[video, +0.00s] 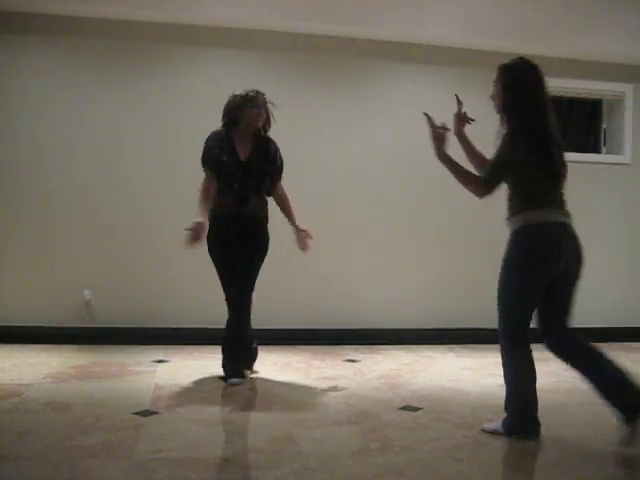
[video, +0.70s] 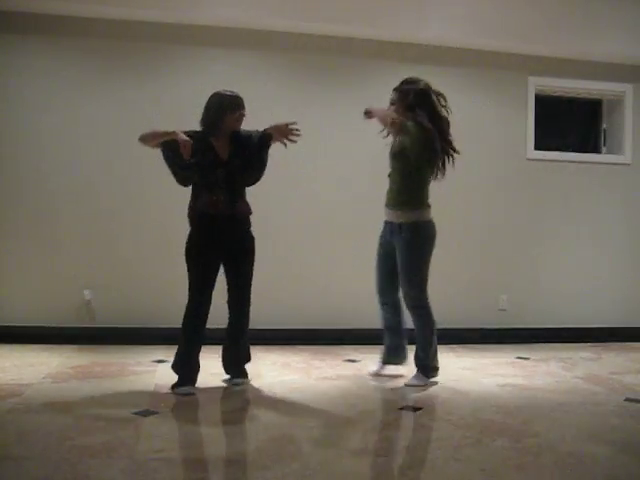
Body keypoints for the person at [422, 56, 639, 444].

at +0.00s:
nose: (492, 93)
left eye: (496, 86)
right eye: (494, 85)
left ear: (510, 93)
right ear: (533, 92)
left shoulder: (518, 135)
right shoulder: (545, 132)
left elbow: (483, 186)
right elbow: (494, 171)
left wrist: (442, 153)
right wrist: (463, 137)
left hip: (530, 242)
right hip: (564, 241)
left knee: (512, 332)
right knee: (556, 333)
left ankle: (521, 421)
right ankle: (631, 402)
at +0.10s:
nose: (475, 89)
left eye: (479, 82)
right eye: (477, 82)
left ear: (492, 88)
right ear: (516, 87)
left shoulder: (498, 127)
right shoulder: (526, 125)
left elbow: (459, 175)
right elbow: (476, 164)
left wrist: (419, 147)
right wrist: (448, 135)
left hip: (511, 237)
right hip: (536, 233)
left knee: (514, 326)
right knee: (507, 317)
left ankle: (523, 420)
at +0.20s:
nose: (460, 99)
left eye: (464, 93)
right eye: (463, 92)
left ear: (472, 100)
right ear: (501, 100)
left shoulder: (475, 135)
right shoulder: (505, 135)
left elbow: (444, 186)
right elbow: (463, 179)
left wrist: (411, 161)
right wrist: (438, 152)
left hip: (490, 243)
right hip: (513, 239)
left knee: (506, 333)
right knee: (466, 309)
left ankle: (526, 420)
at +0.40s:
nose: (418, 119)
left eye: (423, 114)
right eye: (420, 112)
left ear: (437, 120)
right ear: (445, 119)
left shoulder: (438, 151)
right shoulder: (452, 150)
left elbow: (432, 196)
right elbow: (455, 197)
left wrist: (393, 172)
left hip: (449, 249)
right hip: (456, 246)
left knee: (474, 325)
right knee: (414, 307)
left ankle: (517, 400)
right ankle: (418, 388)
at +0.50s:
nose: (403, 104)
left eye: (409, 100)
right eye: (406, 99)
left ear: (422, 106)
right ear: (427, 108)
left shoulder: (424, 135)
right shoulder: (433, 141)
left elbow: (427, 172)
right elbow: (462, 188)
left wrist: (399, 136)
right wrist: (434, 205)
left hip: (435, 235)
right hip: (430, 234)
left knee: (450, 310)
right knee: (413, 303)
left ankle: (472, 386)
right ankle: (422, 380)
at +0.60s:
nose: (395, 99)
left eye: (401, 94)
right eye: (397, 93)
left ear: (415, 99)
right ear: (417, 99)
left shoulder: (423, 124)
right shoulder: (415, 125)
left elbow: (411, 141)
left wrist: (393, 112)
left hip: (424, 223)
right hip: (407, 223)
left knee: (426, 296)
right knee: (407, 297)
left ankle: (435, 368)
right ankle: (416, 366)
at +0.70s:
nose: (392, 110)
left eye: (397, 104)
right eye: (392, 104)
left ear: (410, 105)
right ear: (405, 105)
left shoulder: (424, 135)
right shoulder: (405, 131)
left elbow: (400, 125)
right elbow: (390, 121)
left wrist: (381, 115)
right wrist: (380, 115)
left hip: (415, 229)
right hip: (391, 227)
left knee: (415, 298)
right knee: (387, 294)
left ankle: (427, 370)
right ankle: (394, 357)